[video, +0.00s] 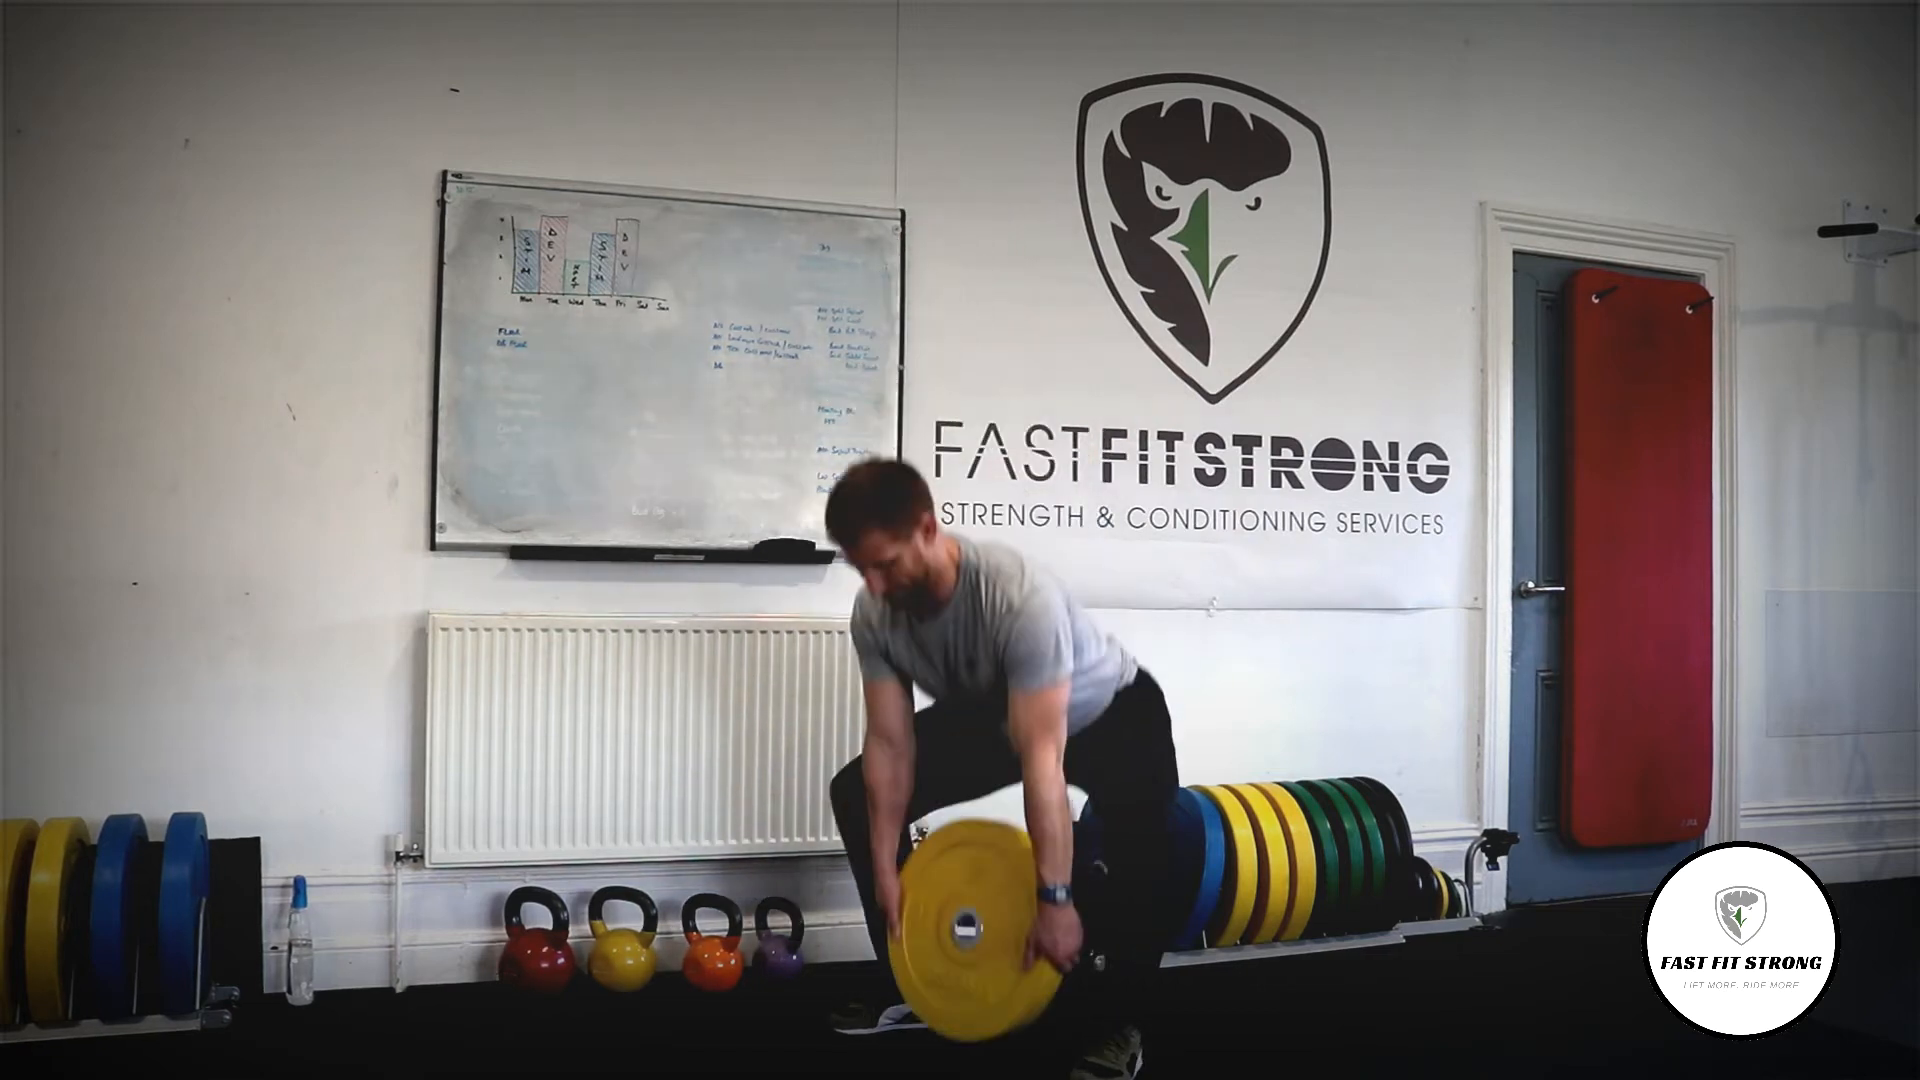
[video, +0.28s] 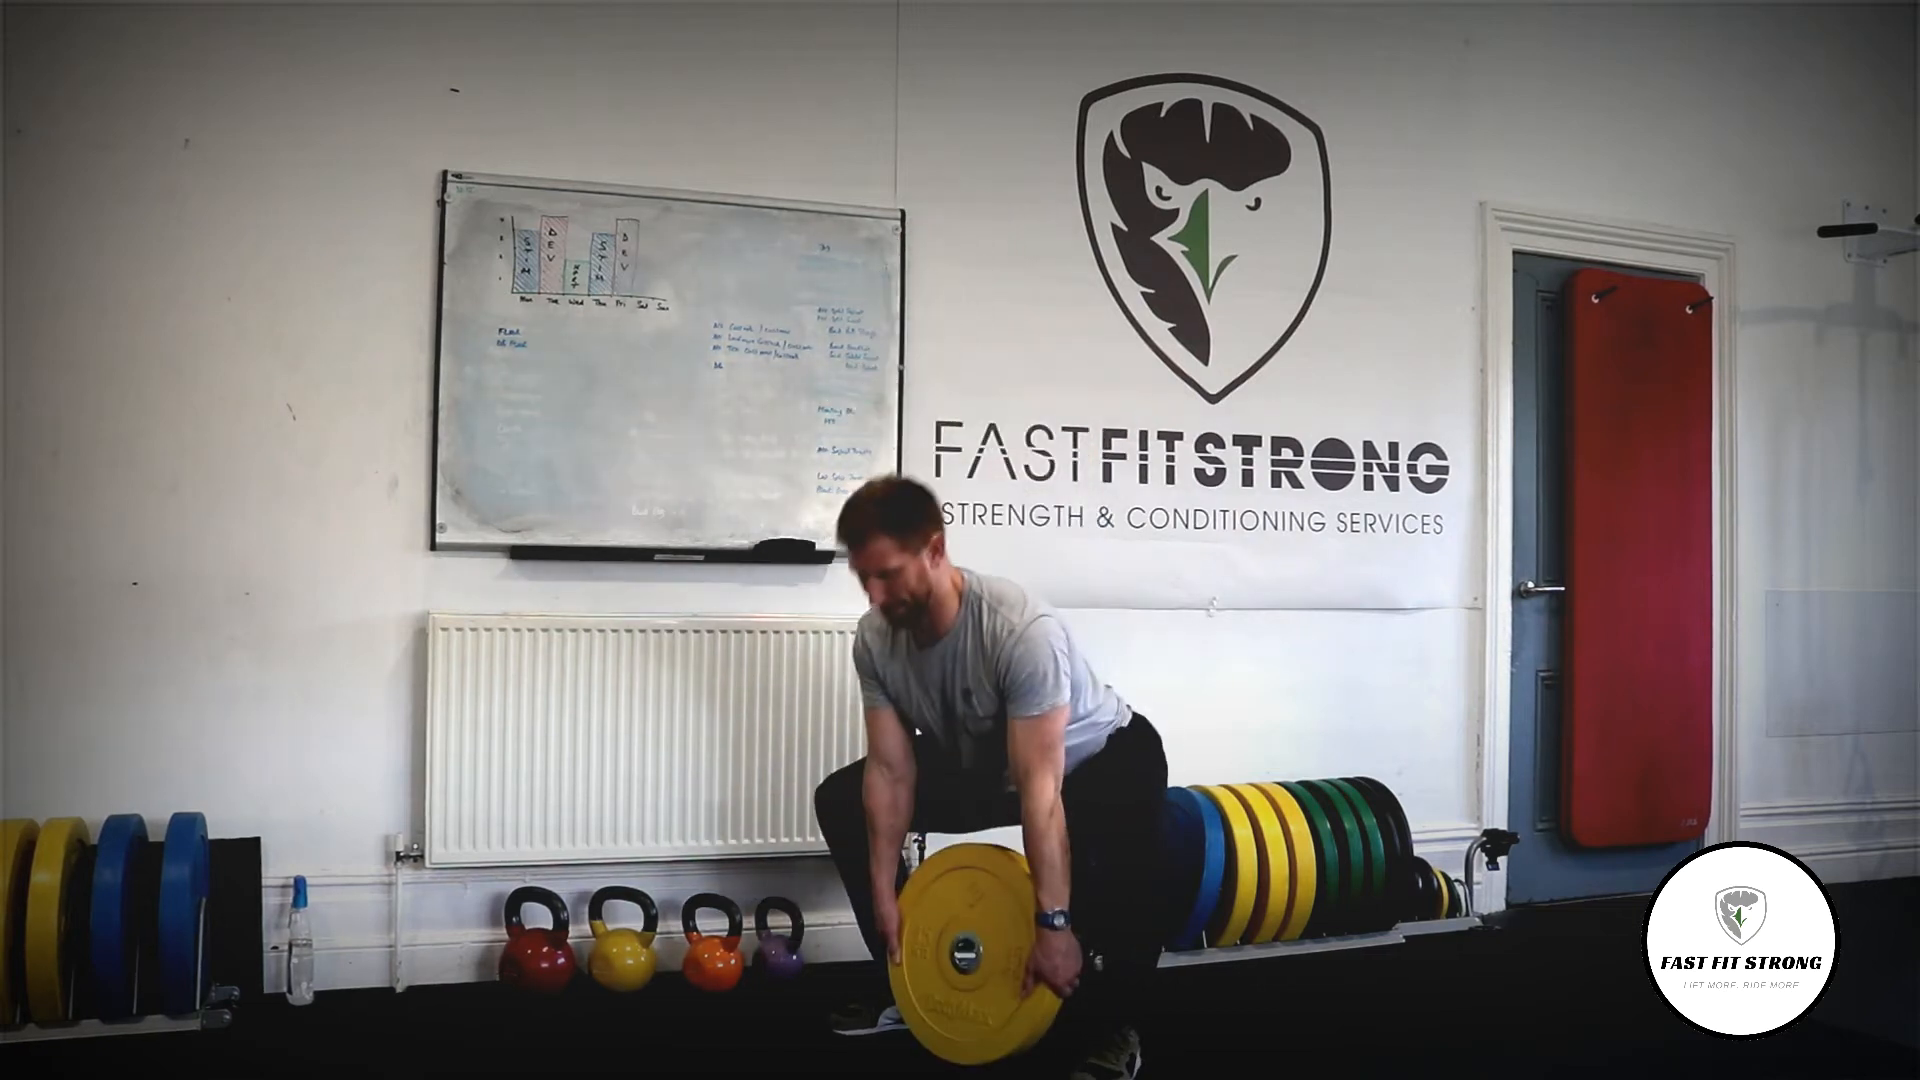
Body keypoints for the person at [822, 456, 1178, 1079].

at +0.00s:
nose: (875, 586)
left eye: (886, 564)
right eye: (861, 570)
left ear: (928, 528)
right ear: (848, 553)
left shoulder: (1021, 596)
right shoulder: (873, 610)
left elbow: (1043, 753)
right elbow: (886, 745)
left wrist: (1055, 897)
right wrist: (885, 871)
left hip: (1108, 709)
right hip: (994, 717)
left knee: (1140, 847)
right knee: (856, 793)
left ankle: (1119, 1027)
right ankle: (911, 988)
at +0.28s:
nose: (877, 596)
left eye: (888, 575)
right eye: (865, 579)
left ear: (935, 549)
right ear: (855, 568)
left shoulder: (1021, 630)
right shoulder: (875, 639)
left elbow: (1039, 788)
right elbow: (888, 770)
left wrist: (1054, 922)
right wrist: (885, 897)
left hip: (1096, 758)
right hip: (985, 766)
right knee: (843, 799)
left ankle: (1112, 1029)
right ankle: (907, 988)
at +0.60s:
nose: (905, 406)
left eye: (922, 389)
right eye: (897, 391)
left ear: (972, 391)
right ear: (890, 398)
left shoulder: (1030, 478)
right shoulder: (894, 490)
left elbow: (1109, 594)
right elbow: (905, 603)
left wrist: (1062, 717)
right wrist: (877, 725)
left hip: (1088, 671)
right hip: (991, 673)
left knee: (1114, 839)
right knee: (868, 790)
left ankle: (1114, 1027)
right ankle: (914, 988)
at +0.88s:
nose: (1014, 262)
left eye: (1034, 251)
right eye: (1011, 251)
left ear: (1079, 278)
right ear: (1004, 271)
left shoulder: (1099, 366)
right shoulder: (973, 364)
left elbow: (1116, 496)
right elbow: (914, 494)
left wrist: (1053, 420)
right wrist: (863, 417)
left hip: (1039, 607)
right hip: (946, 604)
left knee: (1063, 811)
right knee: (889, 789)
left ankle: (1102, 1018)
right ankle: (914, 989)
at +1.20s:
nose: (1038, 243)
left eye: (1058, 242)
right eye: (1033, 236)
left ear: (1076, 276)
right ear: (1007, 264)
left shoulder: (1074, 350)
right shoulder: (945, 339)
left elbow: (1096, 237)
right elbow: (873, 245)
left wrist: (1092, 128)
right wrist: (921, 141)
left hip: (1022, 604)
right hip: (920, 604)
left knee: (1056, 812)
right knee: (900, 805)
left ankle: (1102, 1015)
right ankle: (918, 991)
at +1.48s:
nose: (989, 209)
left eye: (1007, 206)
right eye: (981, 205)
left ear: (1037, 240)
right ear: (965, 233)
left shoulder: (1056, 306)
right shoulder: (938, 306)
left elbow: (1083, 164)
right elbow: (943, 188)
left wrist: (1124, 58)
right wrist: (963, 83)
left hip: (1034, 591)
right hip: (936, 592)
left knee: (1064, 806)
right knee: (906, 795)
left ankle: (1102, 1015)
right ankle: (920, 987)